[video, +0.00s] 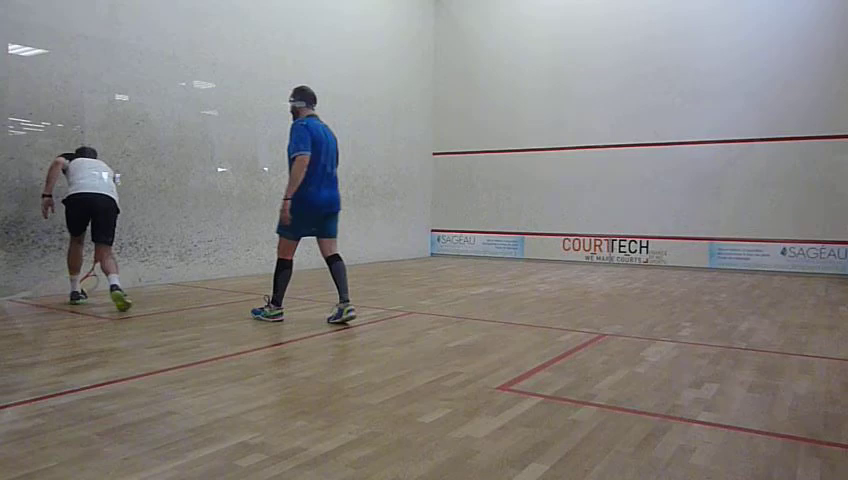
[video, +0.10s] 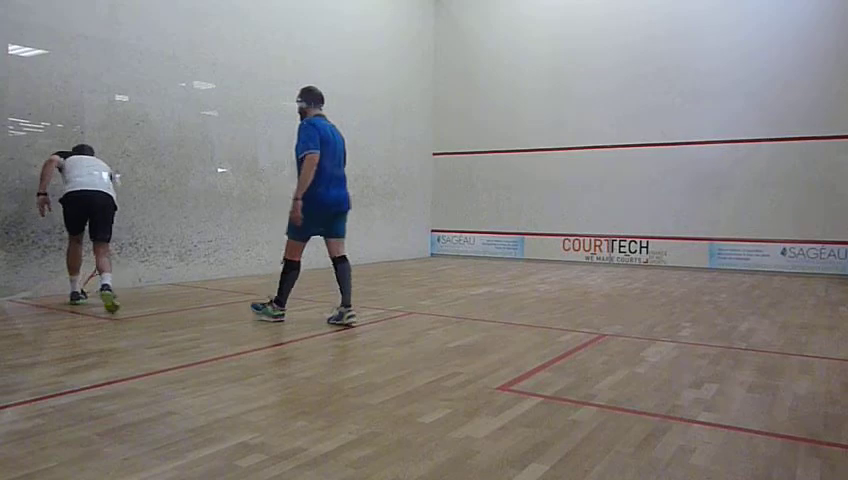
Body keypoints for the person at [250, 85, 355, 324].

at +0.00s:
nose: (291, 110)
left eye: (292, 106)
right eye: (291, 106)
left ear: (297, 106)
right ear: (313, 106)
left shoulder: (300, 127)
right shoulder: (327, 131)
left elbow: (302, 160)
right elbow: (331, 168)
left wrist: (287, 197)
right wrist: (324, 196)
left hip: (303, 200)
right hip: (330, 200)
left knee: (285, 251)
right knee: (330, 249)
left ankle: (275, 305)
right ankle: (345, 303)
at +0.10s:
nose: (297, 109)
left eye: (299, 105)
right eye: (298, 105)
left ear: (306, 105)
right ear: (320, 106)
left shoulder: (309, 126)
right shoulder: (334, 130)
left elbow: (312, 159)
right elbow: (339, 167)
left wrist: (297, 197)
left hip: (313, 200)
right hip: (338, 200)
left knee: (293, 252)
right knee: (338, 252)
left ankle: (278, 305)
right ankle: (346, 307)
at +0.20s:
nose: (308, 106)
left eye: (310, 102)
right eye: (308, 102)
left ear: (319, 103)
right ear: (331, 103)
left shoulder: (320, 123)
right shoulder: (346, 128)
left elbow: (321, 156)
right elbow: (352, 166)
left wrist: (308, 194)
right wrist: (349, 197)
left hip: (324, 197)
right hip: (349, 199)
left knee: (299, 246)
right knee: (345, 249)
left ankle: (298, 307)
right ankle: (347, 309)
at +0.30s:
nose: (319, 105)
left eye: (320, 100)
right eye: (319, 100)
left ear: (325, 101)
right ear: (342, 100)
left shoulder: (328, 121)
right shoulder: (359, 128)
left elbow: (328, 155)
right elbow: (370, 171)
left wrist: (312, 191)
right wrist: (360, 196)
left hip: (331, 198)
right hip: (358, 200)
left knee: (310, 247)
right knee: (350, 249)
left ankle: (332, 302)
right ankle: (348, 309)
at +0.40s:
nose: (329, 102)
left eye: (330, 98)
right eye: (329, 98)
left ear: (335, 98)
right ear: (353, 99)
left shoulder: (336, 121)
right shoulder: (370, 128)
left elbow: (332, 158)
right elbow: (385, 167)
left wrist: (312, 190)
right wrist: (383, 200)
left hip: (340, 199)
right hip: (367, 201)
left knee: (329, 254)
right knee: (353, 251)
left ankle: (365, 300)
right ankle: (349, 308)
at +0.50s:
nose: (339, 103)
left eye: (340, 99)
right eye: (340, 99)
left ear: (344, 100)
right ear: (363, 100)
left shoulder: (344, 124)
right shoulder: (381, 130)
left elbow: (336, 161)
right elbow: (400, 165)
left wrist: (314, 191)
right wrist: (403, 199)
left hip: (351, 203)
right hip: (376, 204)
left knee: (356, 258)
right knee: (358, 257)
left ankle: (386, 312)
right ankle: (349, 310)